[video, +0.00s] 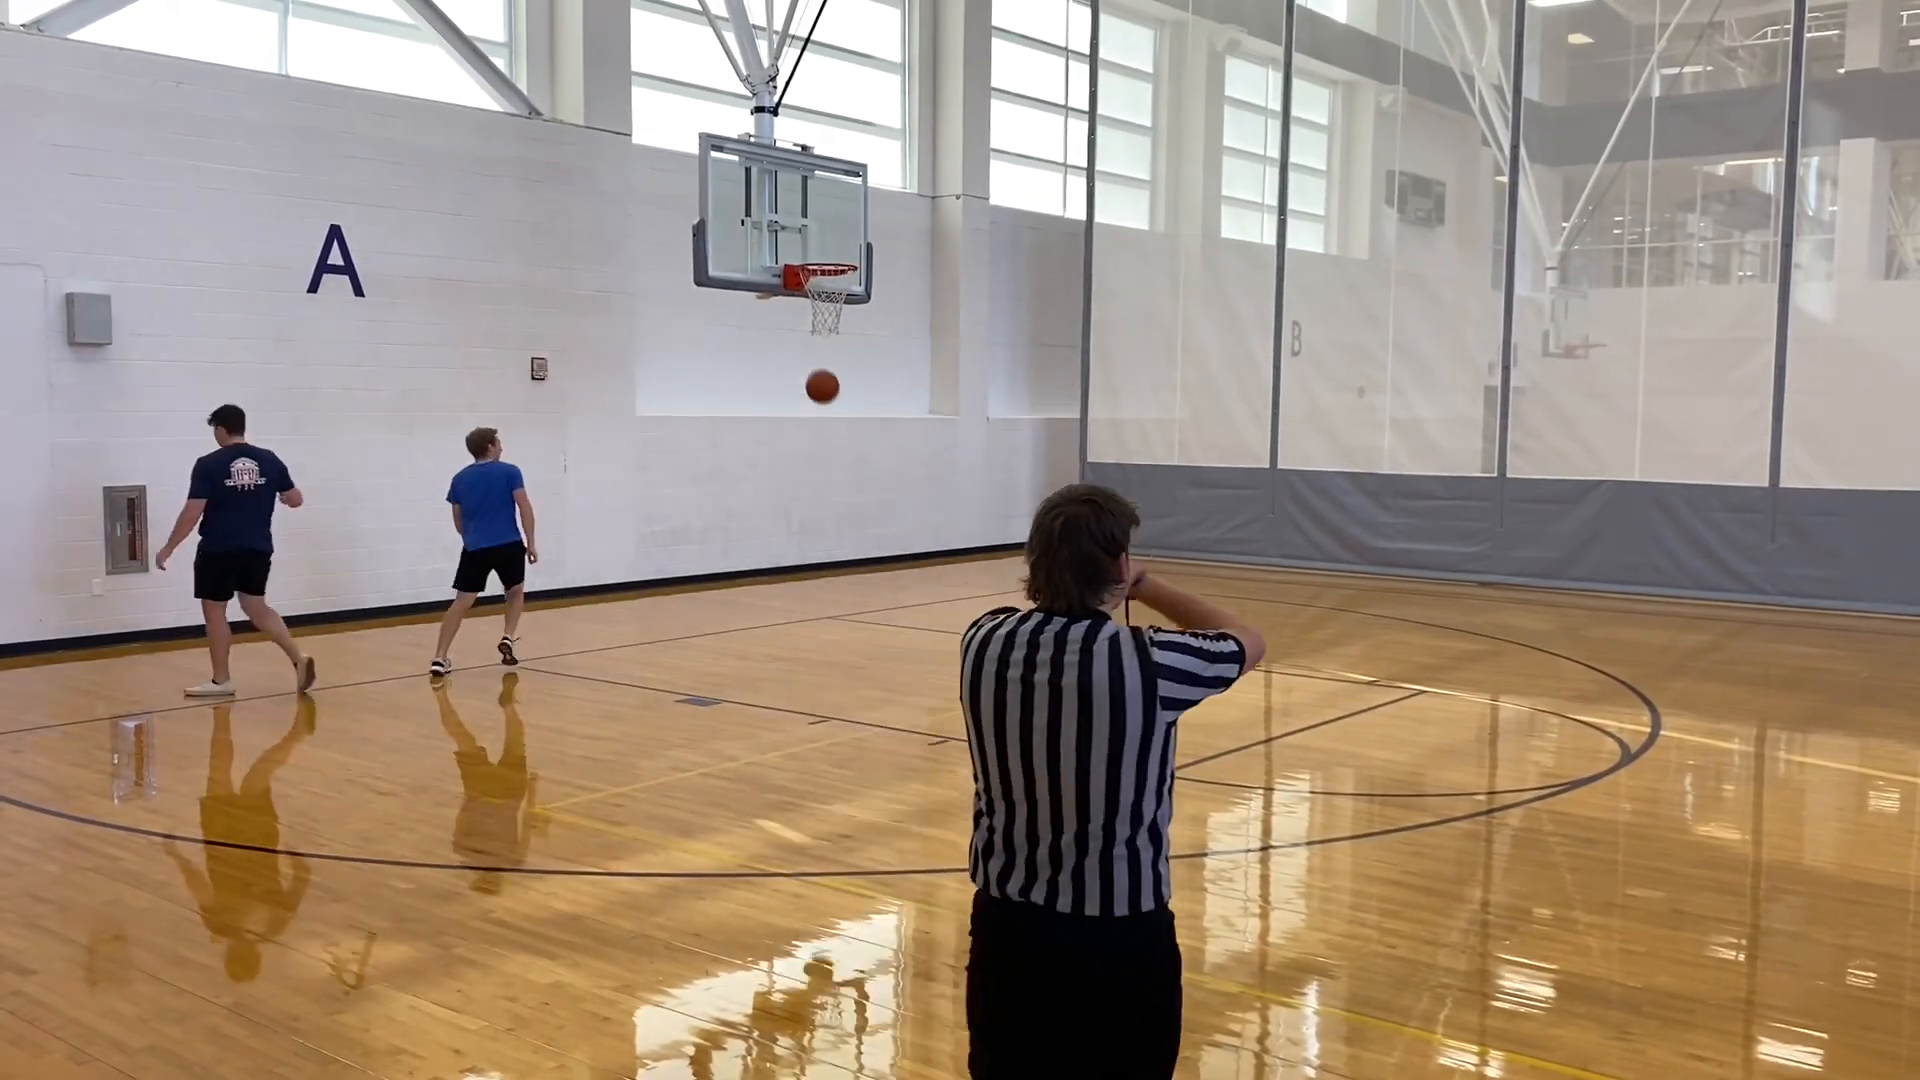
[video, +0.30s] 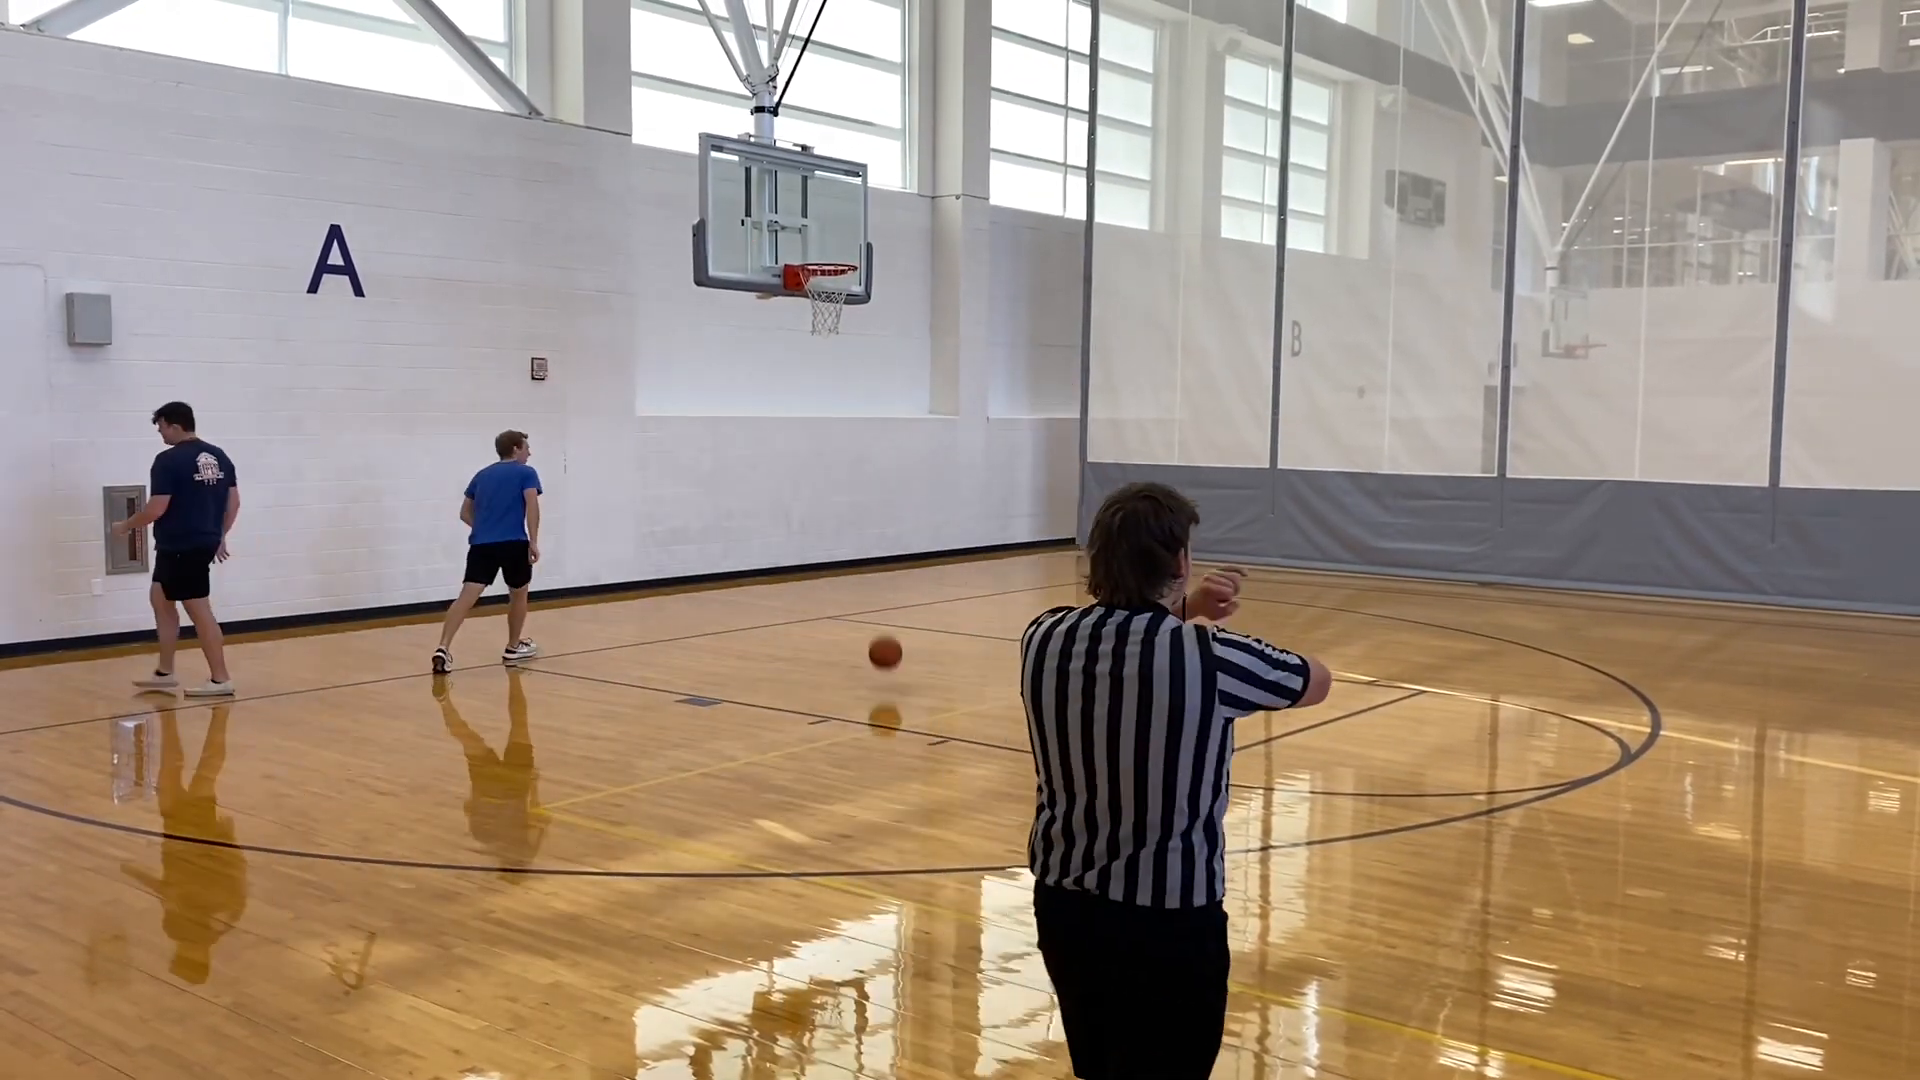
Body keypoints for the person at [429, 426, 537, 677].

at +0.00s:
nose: (501, 447)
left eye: (499, 443)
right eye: (498, 443)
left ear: (474, 450)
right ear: (491, 447)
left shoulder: (460, 478)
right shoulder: (509, 471)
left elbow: (459, 524)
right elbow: (525, 509)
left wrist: (475, 540)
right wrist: (531, 544)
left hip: (475, 552)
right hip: (509, 548)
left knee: (461, 602)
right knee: (515, 593)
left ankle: (439, 658)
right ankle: (508, 638)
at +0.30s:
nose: (529, 452)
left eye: (528, 447)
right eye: (526, 448)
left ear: (502, 452)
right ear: (516, 449)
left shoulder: (481, 475)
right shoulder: (525, 472)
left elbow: (465, 514)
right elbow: (531, 504)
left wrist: (487, 529)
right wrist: (534, 541)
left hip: (481, 546)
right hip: (513, 544)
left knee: (466, 596)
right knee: (519, 594)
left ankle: (442, 649)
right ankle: (514, 646)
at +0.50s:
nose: (552, 445)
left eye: (552, 440)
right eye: (549, 441)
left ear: (530, 443)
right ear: (535, 441)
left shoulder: (505, 463)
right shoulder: (541, 464)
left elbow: (488, 501)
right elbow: (540, 501)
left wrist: (507, 519)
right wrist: (545, 534)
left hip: (502, 536)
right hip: (528, 536)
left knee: (501, 587)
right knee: (524, 591)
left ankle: (468, 624)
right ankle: (515, 645)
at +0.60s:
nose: (560, 441)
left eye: (559, 437)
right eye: (556, 437)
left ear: (537, 439)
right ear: (541, 438)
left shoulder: (515, 460)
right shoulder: (547, 462)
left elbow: (500, 497)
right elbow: (547, 497)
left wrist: (520, 512)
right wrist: (552, 528)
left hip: (511, 531)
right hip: (534, 533)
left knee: (520, 584)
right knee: (526, 589)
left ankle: (489, 626)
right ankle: (515, 644)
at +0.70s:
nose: (569, 442)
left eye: (569, 437)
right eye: (565, 437)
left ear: (547, 438)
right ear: (550, 437)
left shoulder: (527, 460)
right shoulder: (552, 462)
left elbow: (514, 497)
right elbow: (555, 499)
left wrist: (533, 513)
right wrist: (560, 530)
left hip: (523, 530)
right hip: (540, 532)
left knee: (534, 585)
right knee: (532, 588)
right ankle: (516, 644)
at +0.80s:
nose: (580, 443)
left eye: (580, 439)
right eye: (576, 439)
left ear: (559, 440)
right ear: (561, 439)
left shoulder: (540, 461)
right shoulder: (560, 465)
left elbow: (528, 496)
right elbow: (563, 502)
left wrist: (544, 518)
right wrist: (568, 532)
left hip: (533, 532)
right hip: (548, 534)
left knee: (553, 584)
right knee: (535, 590)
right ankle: (515, 643)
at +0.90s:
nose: (591, 447)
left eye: (592, 443)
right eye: (588, 442)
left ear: (571, 443)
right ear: (573, 442)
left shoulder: (553, 463)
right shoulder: (570, 467)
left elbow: (541, 498)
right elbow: (569, 507)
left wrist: (572, 521)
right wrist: (578, 533)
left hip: (549, 533)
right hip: (559, 535)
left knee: (575, 582)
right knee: (541, 592)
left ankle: (592, 635)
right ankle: (516, 641)